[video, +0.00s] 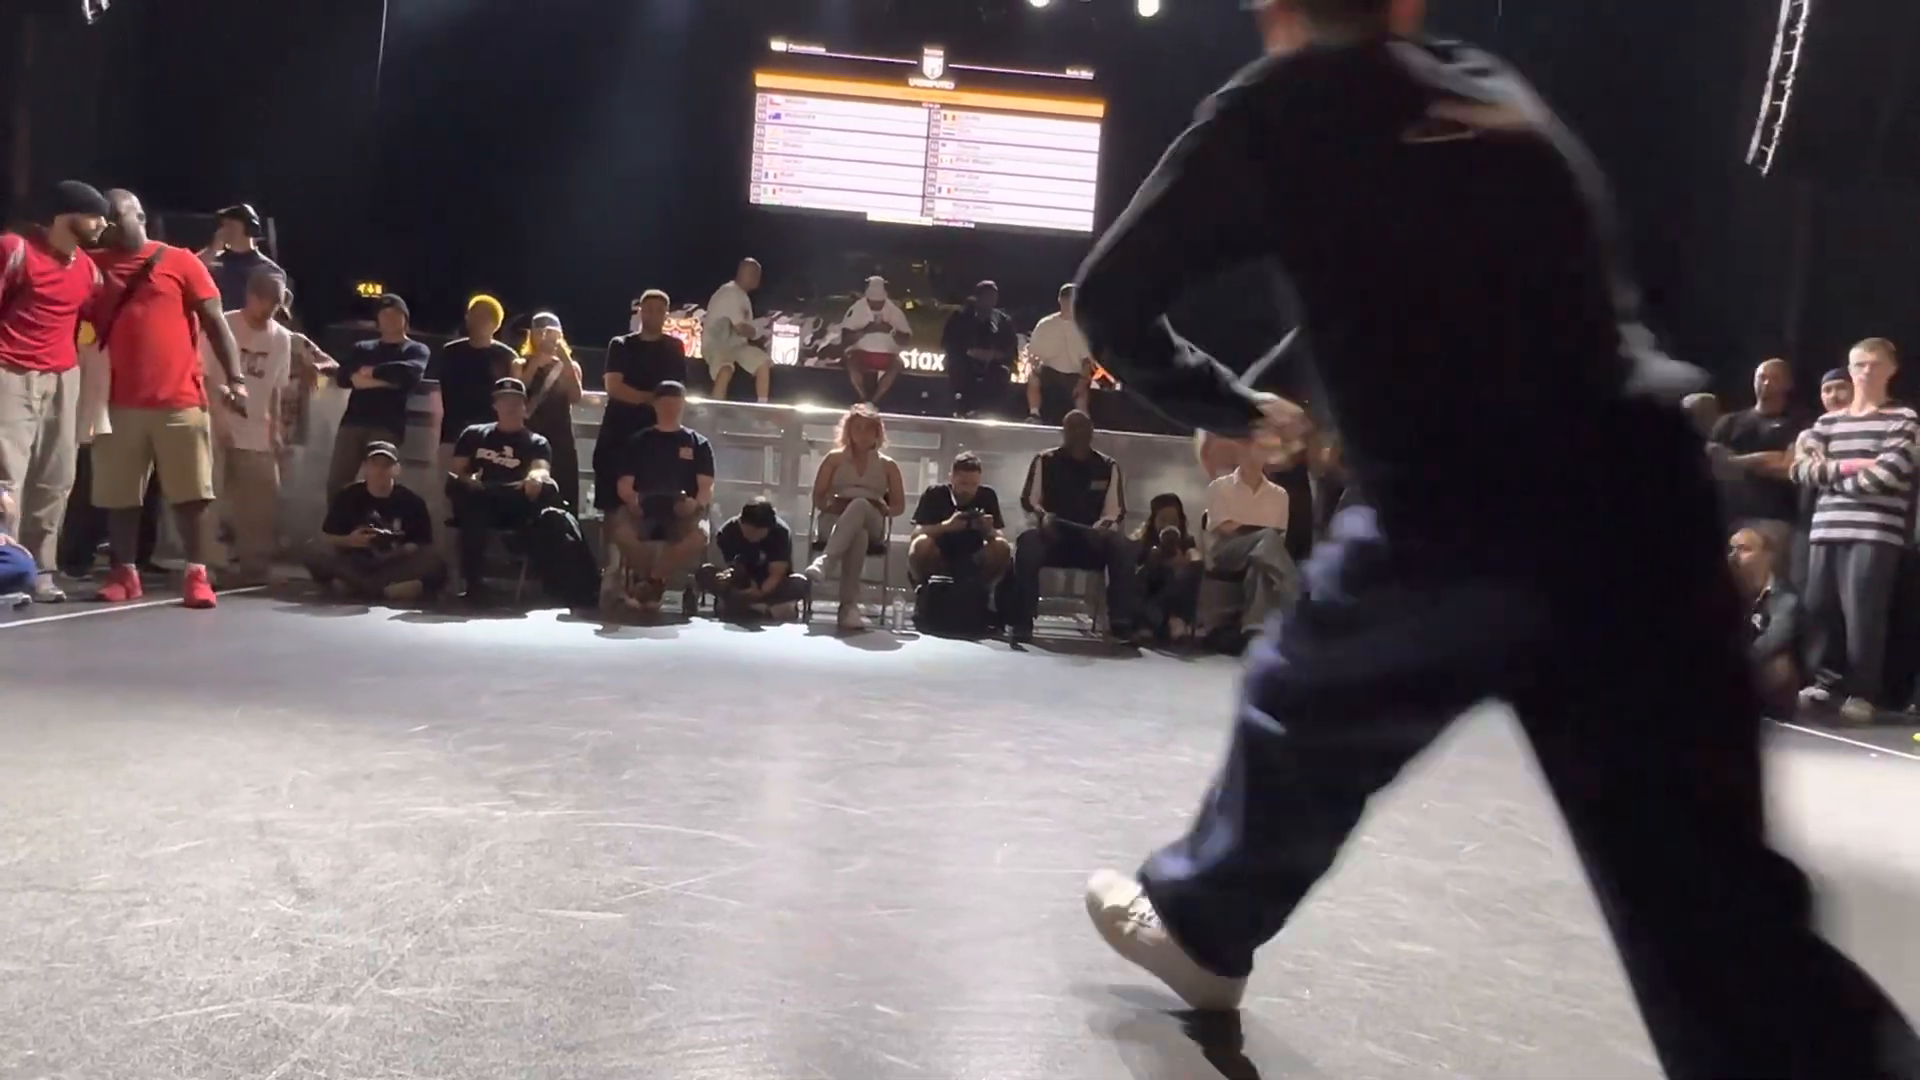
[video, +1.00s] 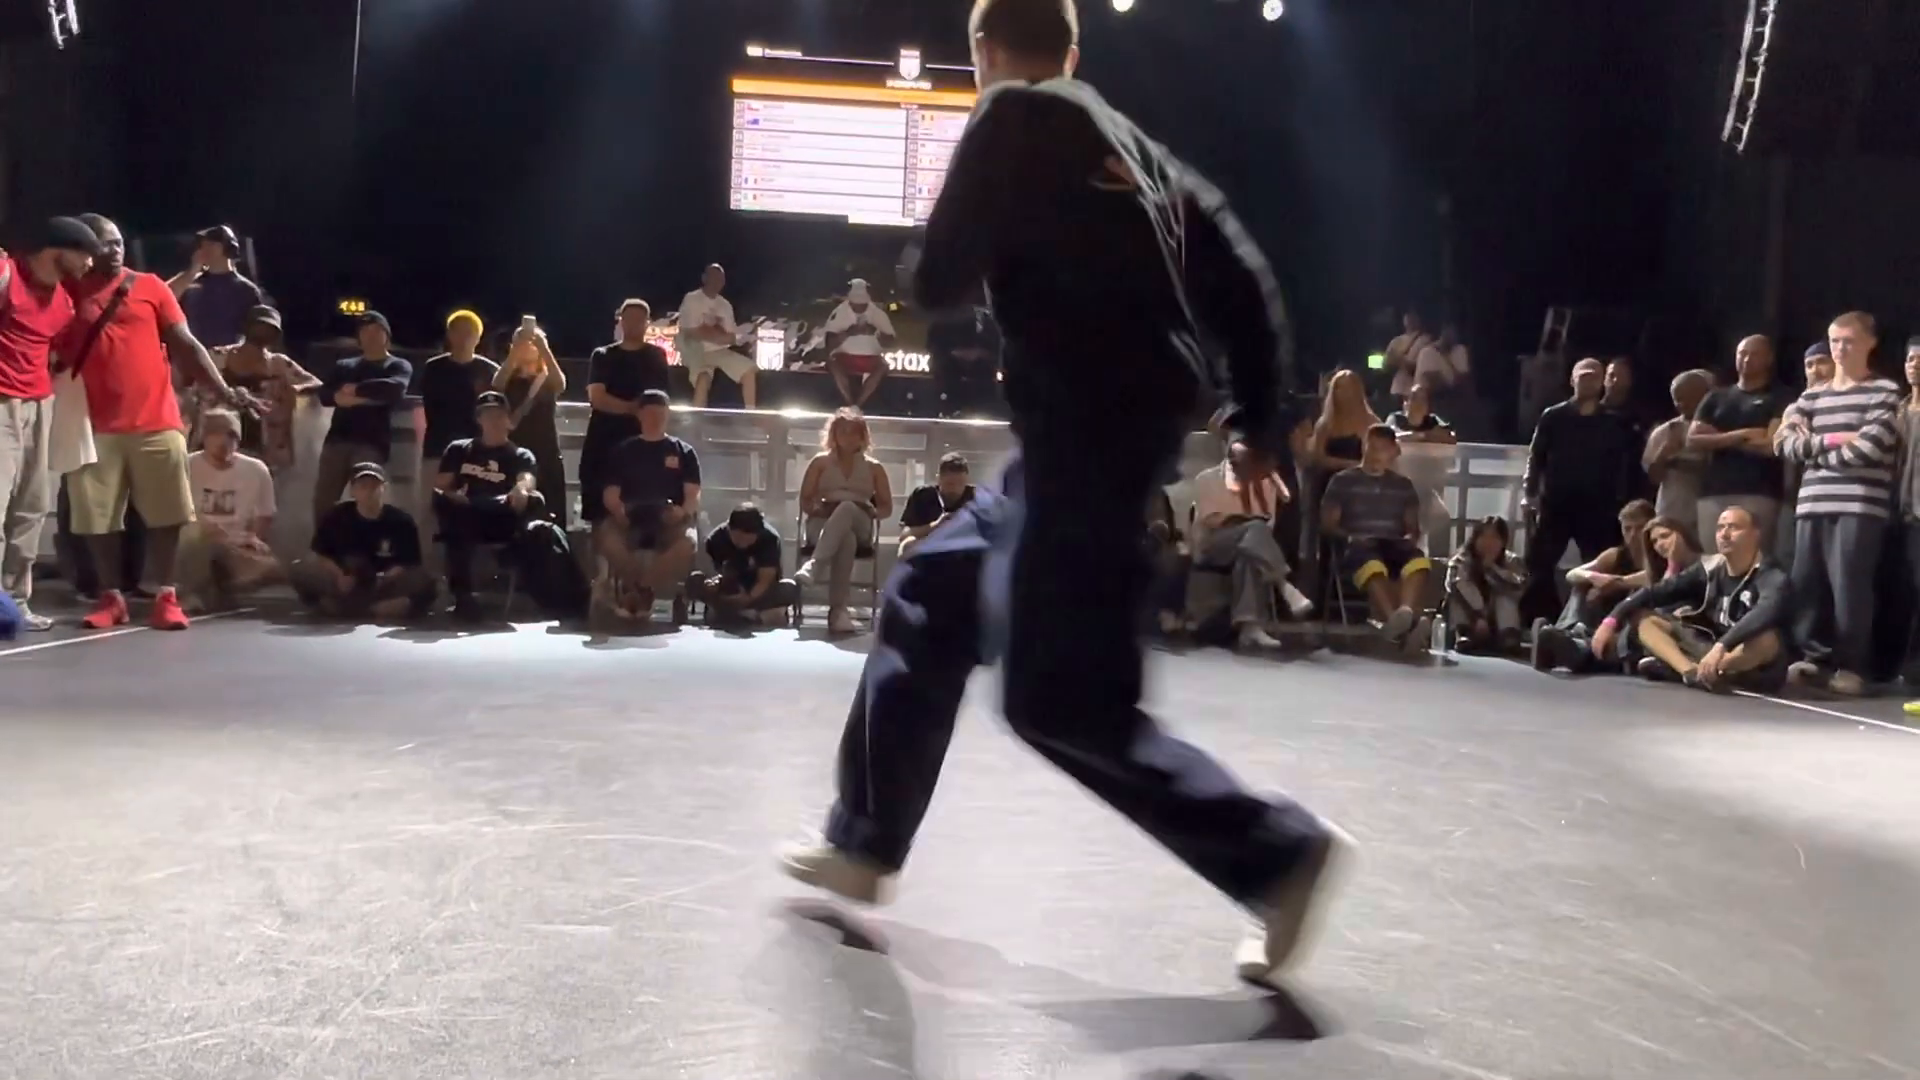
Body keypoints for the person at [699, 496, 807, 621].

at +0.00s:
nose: (752, 537)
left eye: (757, 533)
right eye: (748, 531)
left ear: (767, 528)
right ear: (742, 523)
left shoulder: (780, 532)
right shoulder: (726, 534)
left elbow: (777, 572)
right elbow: (735, 569)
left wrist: (761, 592)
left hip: (770, 579)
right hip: (742, 581)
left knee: (800, 582)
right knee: (705, 572)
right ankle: (767, 611)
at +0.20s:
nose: (749, 537)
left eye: (754, 533)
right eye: (745, 531)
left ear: (763, 528)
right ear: (737, 523)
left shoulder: (776, 533)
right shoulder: (721, 535)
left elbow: (772, 573)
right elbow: (728, 569)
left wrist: (755, 592)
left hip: (765, 580)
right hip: (736, 582)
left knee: (797, 583)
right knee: (701, 573)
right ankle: (761, 610)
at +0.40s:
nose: (741, 539)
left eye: (747, 535)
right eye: (738, 533)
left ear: (757, 531)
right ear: (731, 526)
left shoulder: (770, 536)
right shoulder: (715, 537)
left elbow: (766, 576)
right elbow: (726, 571)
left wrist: (748, 595)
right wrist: (717, 579)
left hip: (759, 582)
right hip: (731, 582)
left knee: (791, 585)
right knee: (695, 577)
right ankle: (756, 613)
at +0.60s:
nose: (744, 545)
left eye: (750, 541)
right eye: (740, 540)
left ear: (759, 537)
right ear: (733, 532)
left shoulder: (771, 542)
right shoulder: (716, 544)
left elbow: (768, 583)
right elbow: (727, 577)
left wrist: (750, 602)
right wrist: (719, 585)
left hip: (761, 587)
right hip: (734, 588)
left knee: (791, 592)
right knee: (697, 583)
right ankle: (757, 620)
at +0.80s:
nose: (739, 536)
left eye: (745, 533)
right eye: (735, 531)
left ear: (754, 528)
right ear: (728, 525)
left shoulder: (767, 535)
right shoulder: (713, 535)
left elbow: (764, 574)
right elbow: (719, 566)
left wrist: (748, 593)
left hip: (757, 578)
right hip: (731, 578)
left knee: (786, 584)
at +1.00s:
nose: (741, 542)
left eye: (747, 538)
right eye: (738, 537)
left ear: (756, 533)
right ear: (731, 529)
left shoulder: (769, 539)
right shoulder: (714, 541)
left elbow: (766, 579)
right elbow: (722, 573)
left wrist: (748, 598)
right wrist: (715, 582)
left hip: (760, 584)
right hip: (731, 585)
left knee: (790, 588)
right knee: (695, 582)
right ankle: (756, 616)